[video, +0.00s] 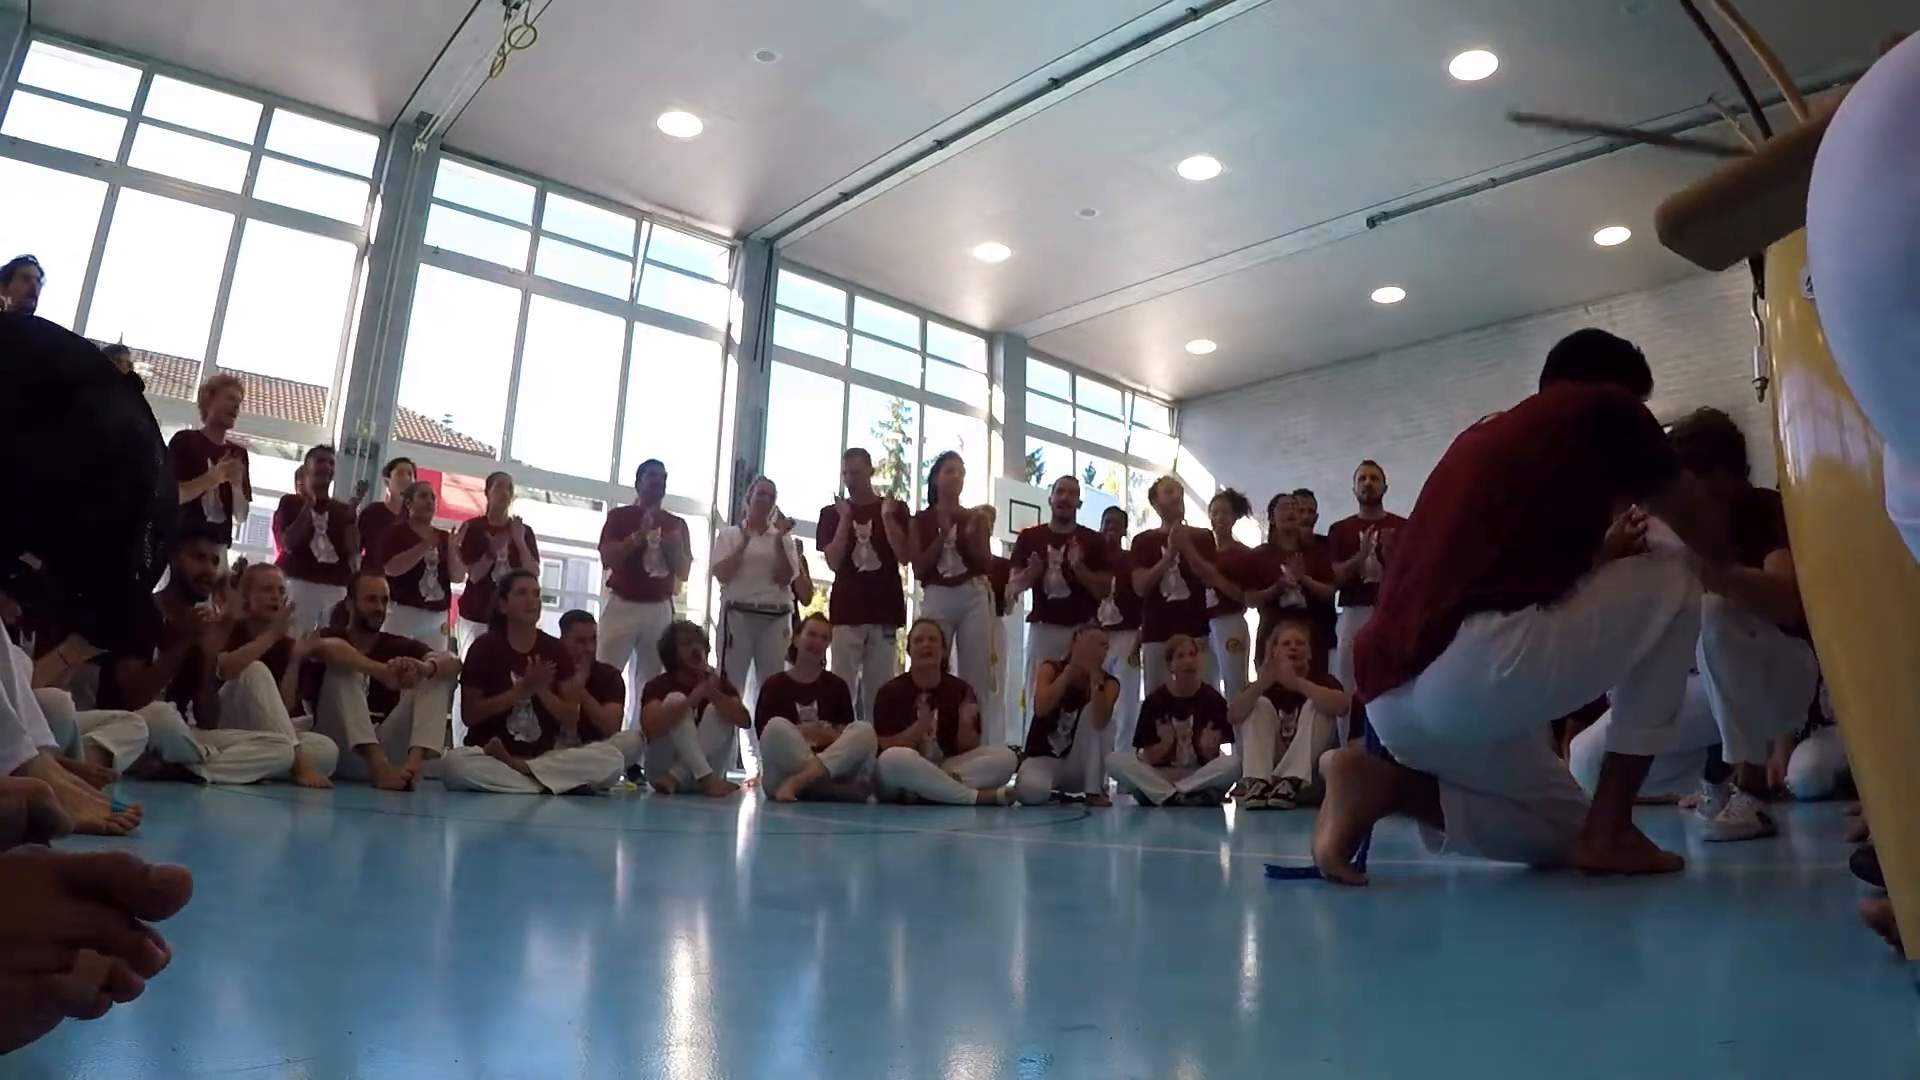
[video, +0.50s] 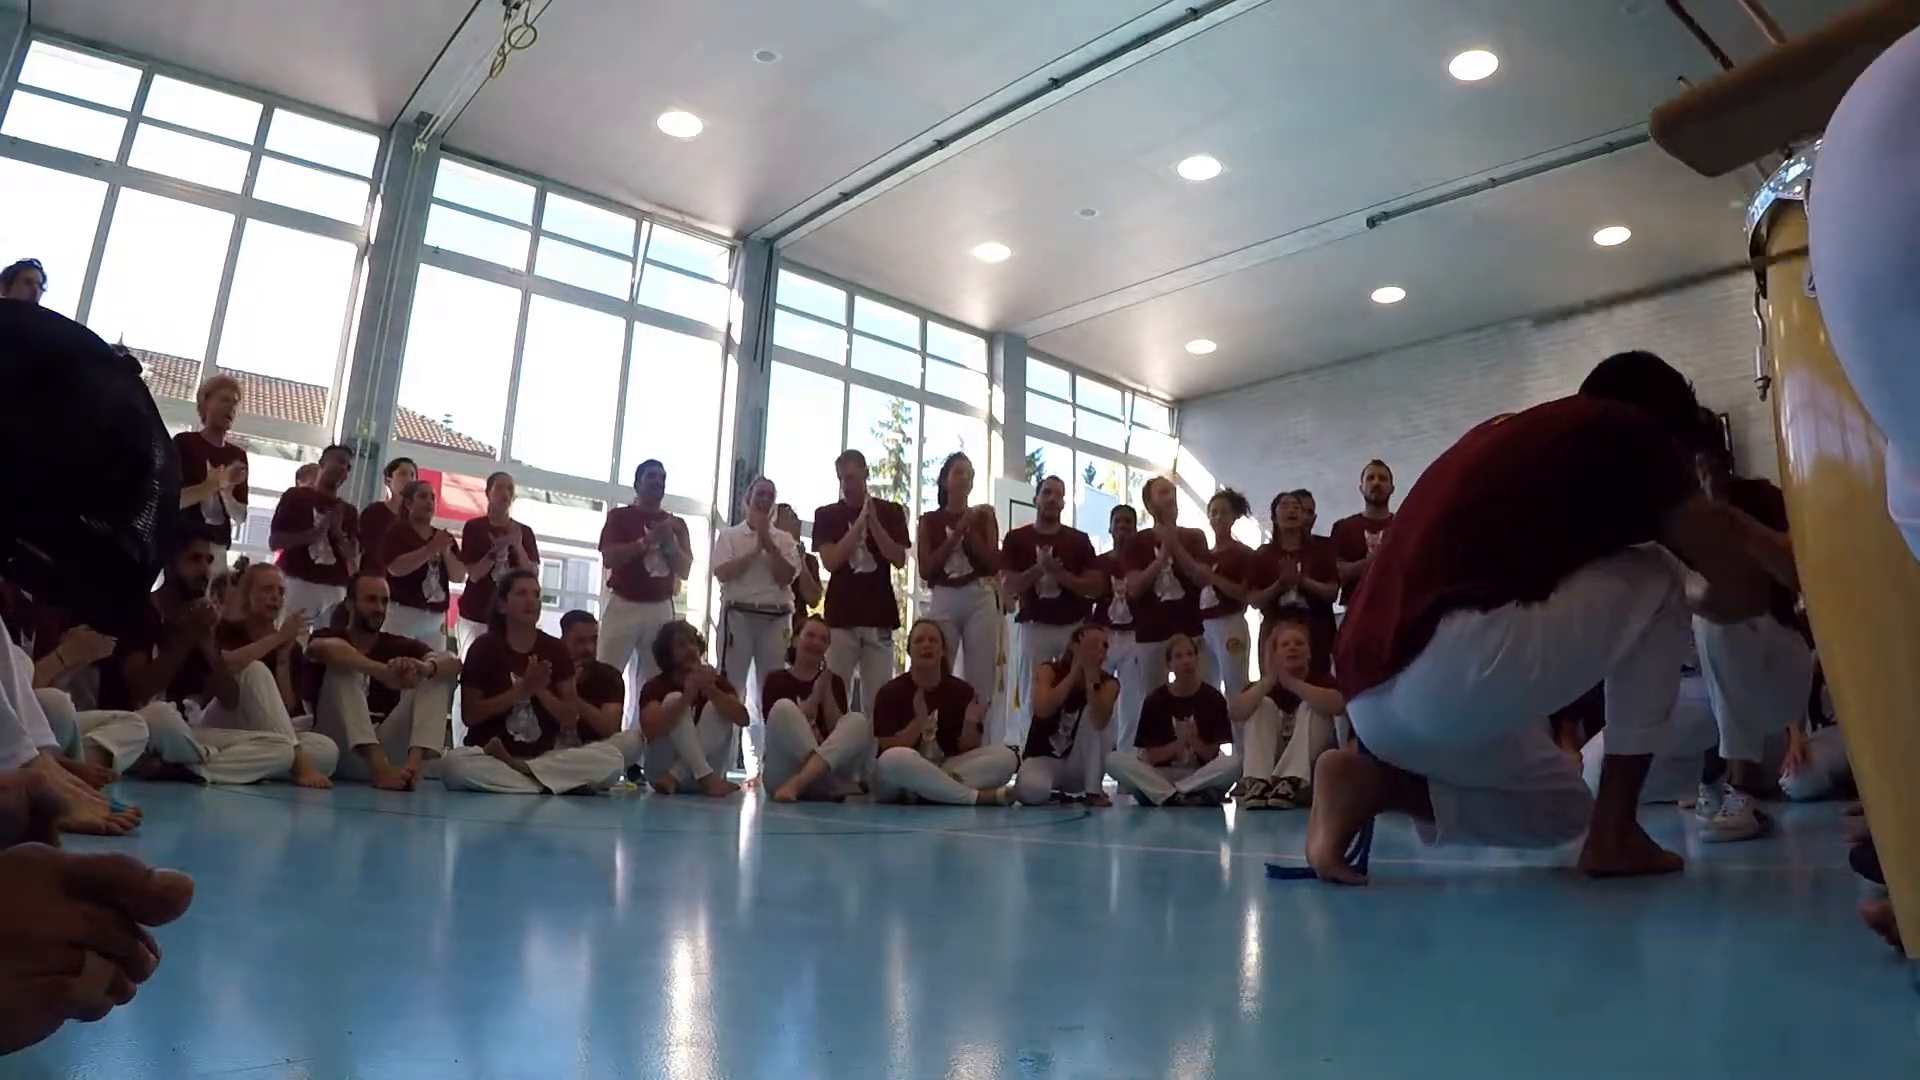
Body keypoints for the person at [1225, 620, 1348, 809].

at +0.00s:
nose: (1293, 648)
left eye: (1300, 644)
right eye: (1286, 644)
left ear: (1310, 651)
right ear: (1274, 651)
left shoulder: (1322, 681)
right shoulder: (1260, 687)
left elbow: (1341, 706)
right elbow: (1233, 717)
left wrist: (1295, 682)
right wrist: (1264, 681)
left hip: (1312, 767)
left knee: (1317, 706)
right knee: (1259, 705)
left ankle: (1289, 781)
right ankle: (1256, 780)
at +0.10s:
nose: (1293, 648)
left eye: (1300, 643)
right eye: (1285, 643)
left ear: (1309, 652)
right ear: (1273, 652)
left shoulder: (1322, 681)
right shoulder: (1258, 688)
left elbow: (1341, 706)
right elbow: (1233, 716)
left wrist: (1293, 682)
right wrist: (1268, 679)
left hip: (1311, 767)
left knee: (1317, 706)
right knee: (1259, 705)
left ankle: (1289, 781)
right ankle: (1256, 780)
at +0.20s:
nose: (1292, 648)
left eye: (1299, 643)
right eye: (1285, 643)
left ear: (1309, 652)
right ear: (1274, 652)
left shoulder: (1322, 681)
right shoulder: (1258, 688)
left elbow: (1340, 705)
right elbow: (1233, 716)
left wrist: (1293, 684)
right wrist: (1267, 681)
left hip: (1311, 766)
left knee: (1316, 706)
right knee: (1259, 705)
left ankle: (1289, 781)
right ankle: (1256, 780)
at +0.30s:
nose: (1292, 648)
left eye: (1299, 643)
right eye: (1284, 644)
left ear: (1310, 652)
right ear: (1274, 655)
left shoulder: (1322, 681)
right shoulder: (1261, 688)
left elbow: (1340, 706)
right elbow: (1233, 715)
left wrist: (1294, 682)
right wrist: (1265, 680)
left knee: (1315, 706)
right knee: (1260, 705)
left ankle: (1289, 781)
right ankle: (1256, 781)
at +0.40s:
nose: (1292, 648)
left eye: (1299, 643)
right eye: (1284, 644)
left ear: (1309, 652)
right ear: (1274, 654)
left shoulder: (1323, 681)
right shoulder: (1260, 688)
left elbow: (1340, 706)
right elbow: (1233, 715)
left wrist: (1292, 682)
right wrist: (1266, 680)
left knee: (1314, 707)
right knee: (1260, 705)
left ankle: (1290, 781)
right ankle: (1256, 780)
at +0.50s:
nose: (1292, 648)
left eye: (1299, 643)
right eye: (1284, 644)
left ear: (1309, 652)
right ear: (1272, 654)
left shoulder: (1322, 681)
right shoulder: (1257, 689)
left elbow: (1337, 705)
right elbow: (1235, 713)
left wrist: (1289, 681)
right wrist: (1269, 680)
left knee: (1312, 707)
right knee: (1262, 705)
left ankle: (1289, 781)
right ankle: (1256, 780)